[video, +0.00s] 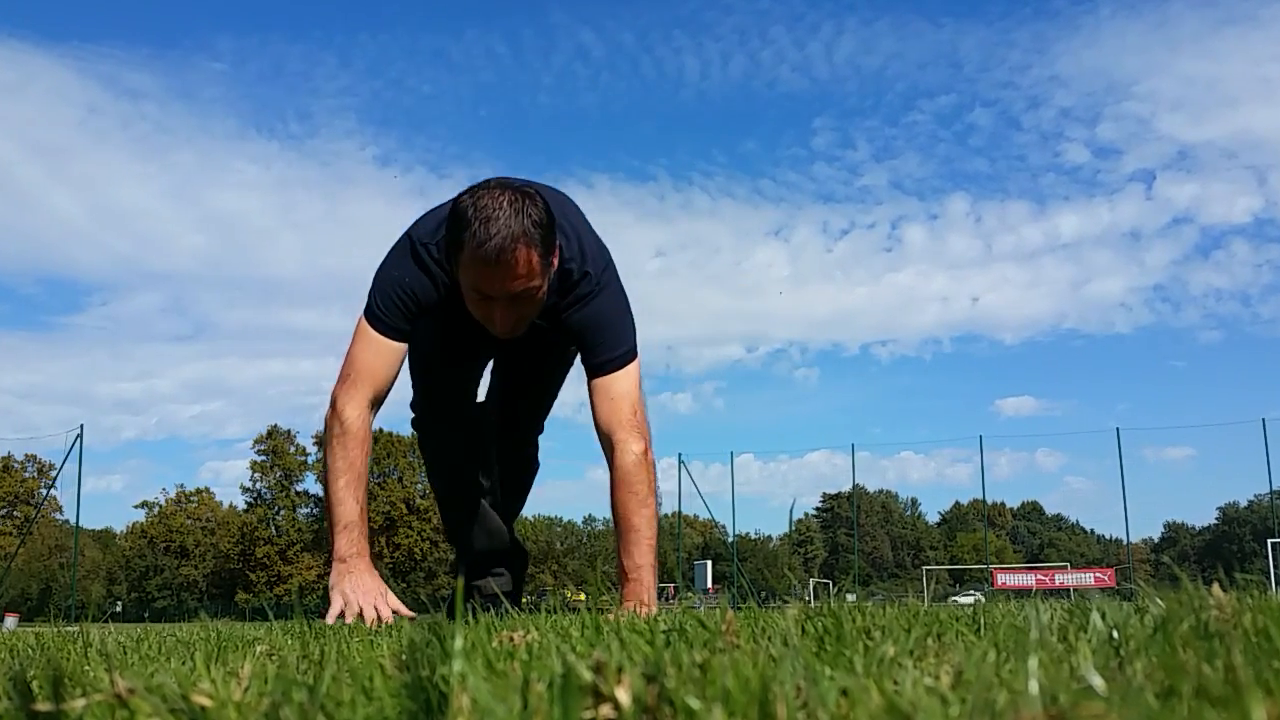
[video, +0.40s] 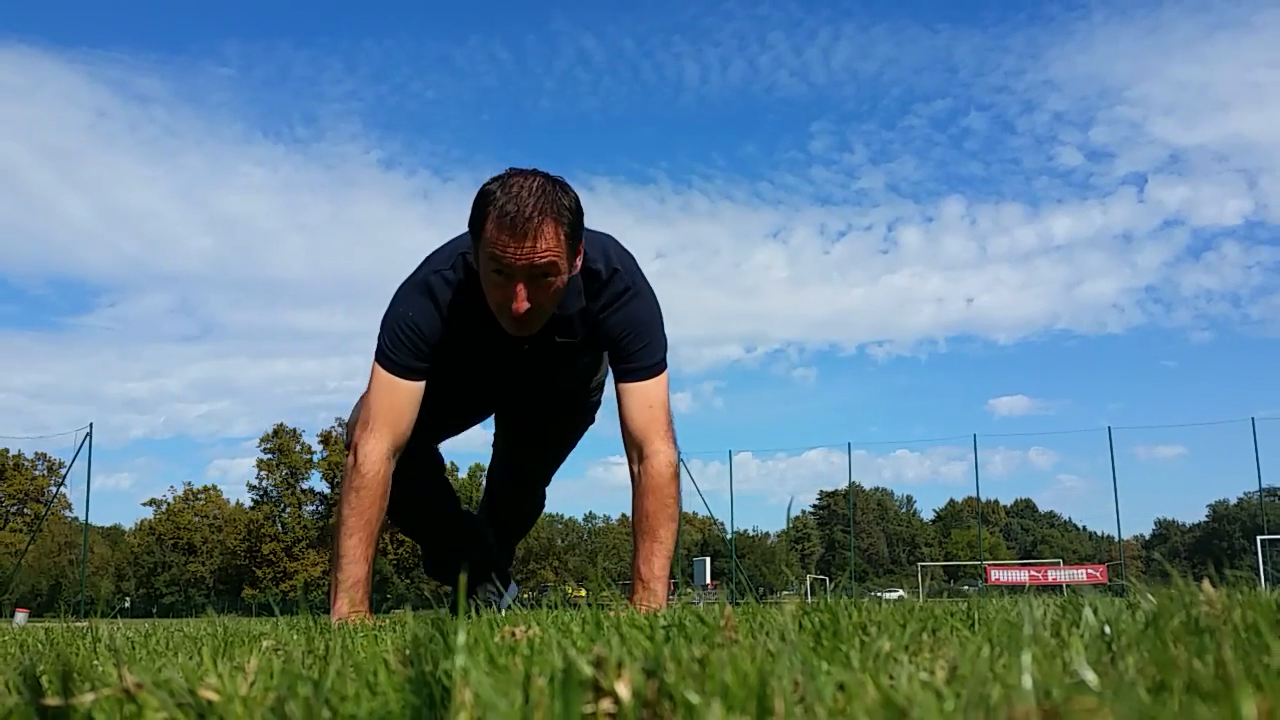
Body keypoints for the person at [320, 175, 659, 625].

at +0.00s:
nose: (502, 317)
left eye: (521, 297)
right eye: (484, 298)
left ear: (552, 265)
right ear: (457, 268)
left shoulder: (588, 279)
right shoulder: (414, 266)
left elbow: (629, 442)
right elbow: (350, 406)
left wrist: (639, 602)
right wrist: (350, 562)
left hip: (550, 320)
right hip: (451, 312)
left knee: (515, 432)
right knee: (440, 426)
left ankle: (476, 578)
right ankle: (494, 579)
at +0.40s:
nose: (519, 300)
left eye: (541, 277)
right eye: (500, 274)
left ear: (575, 261)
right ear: (476, 253)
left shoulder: (620, 292)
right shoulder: (427, 298)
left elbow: (652, 451)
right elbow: (372, 446)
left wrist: (648, 608)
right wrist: (348, 614)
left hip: (561, 374)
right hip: (469, 367)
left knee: (517, 488)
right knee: (379, 437)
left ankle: (480, 593)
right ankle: (477, 580)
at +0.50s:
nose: (516, 300)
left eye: (538, 275)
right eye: (496, 274)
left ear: (572, 260)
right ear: (471, 254)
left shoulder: (618, 289)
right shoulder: (423, 300)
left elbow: (656, 453)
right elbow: (368, 453)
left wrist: (649, 610)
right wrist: (344, 616)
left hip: (559, 382)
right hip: (465, 375)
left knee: (514, 494)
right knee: (381, 474)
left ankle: (476, 586)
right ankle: (457, 560)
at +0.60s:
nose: (515, 303)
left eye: (536, 279)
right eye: (495, 278)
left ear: (570, 262)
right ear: (468, 257)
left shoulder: (615, 290)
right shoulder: (421, 300)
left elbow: (658, 455)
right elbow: (365, 454)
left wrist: (649, 613)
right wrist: (341, 620)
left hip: (556, 393)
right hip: (456, 385)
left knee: (512, 501)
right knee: (410, 495)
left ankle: (475, 587)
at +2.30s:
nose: (525, 355)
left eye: (544, 332)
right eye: (507, 333)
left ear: (565, 310)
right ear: (472, 310)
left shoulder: (597, 328)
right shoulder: (426, 324)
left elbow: (630, 471)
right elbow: (361, 467)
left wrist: (631, 613)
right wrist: (351, 622)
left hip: (545, 400)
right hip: (451, 402)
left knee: (552, 556)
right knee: (434, 544)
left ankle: (518, 552)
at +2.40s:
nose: (517, 341)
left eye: (536, 318)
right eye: (497, 318)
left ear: (558, 297)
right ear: (464, 296)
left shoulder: (593, 322)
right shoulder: (418, 315)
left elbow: (624, 467)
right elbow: (368, 463)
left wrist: (630, 613)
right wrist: (349, 620)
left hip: (536, 395)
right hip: (444, 395)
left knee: (548, 549)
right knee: (427, 549)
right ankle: (425, 648)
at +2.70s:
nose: (483, 333)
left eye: (502, 307)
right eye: (461, 309)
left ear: (532, 277)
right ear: (430, 285)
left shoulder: (584, 302)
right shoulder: (389, 305)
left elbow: (593, 456)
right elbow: (351, 458)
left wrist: (574, 604)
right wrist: (345, 614)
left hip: (532, 389)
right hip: (439, 390)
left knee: (536, 533)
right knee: (423, 521)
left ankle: (541, 604)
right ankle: (403, 598)